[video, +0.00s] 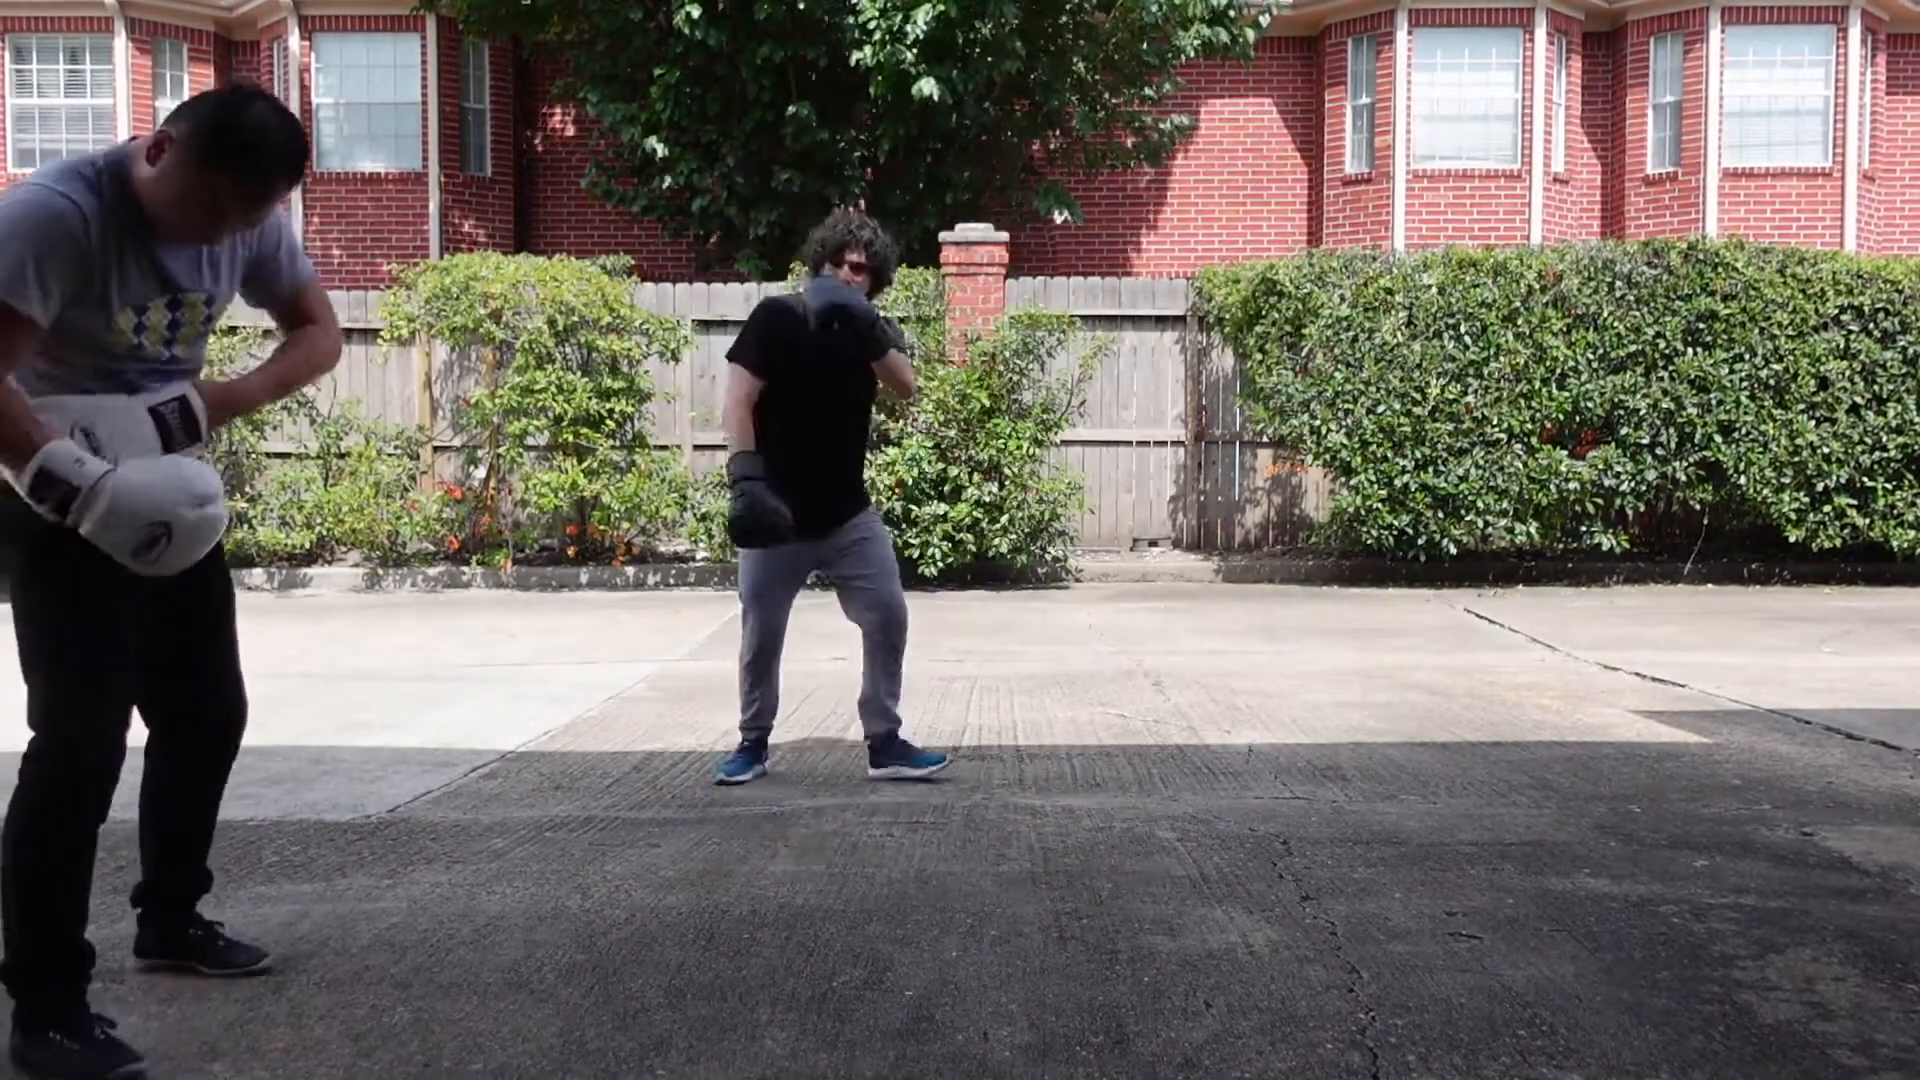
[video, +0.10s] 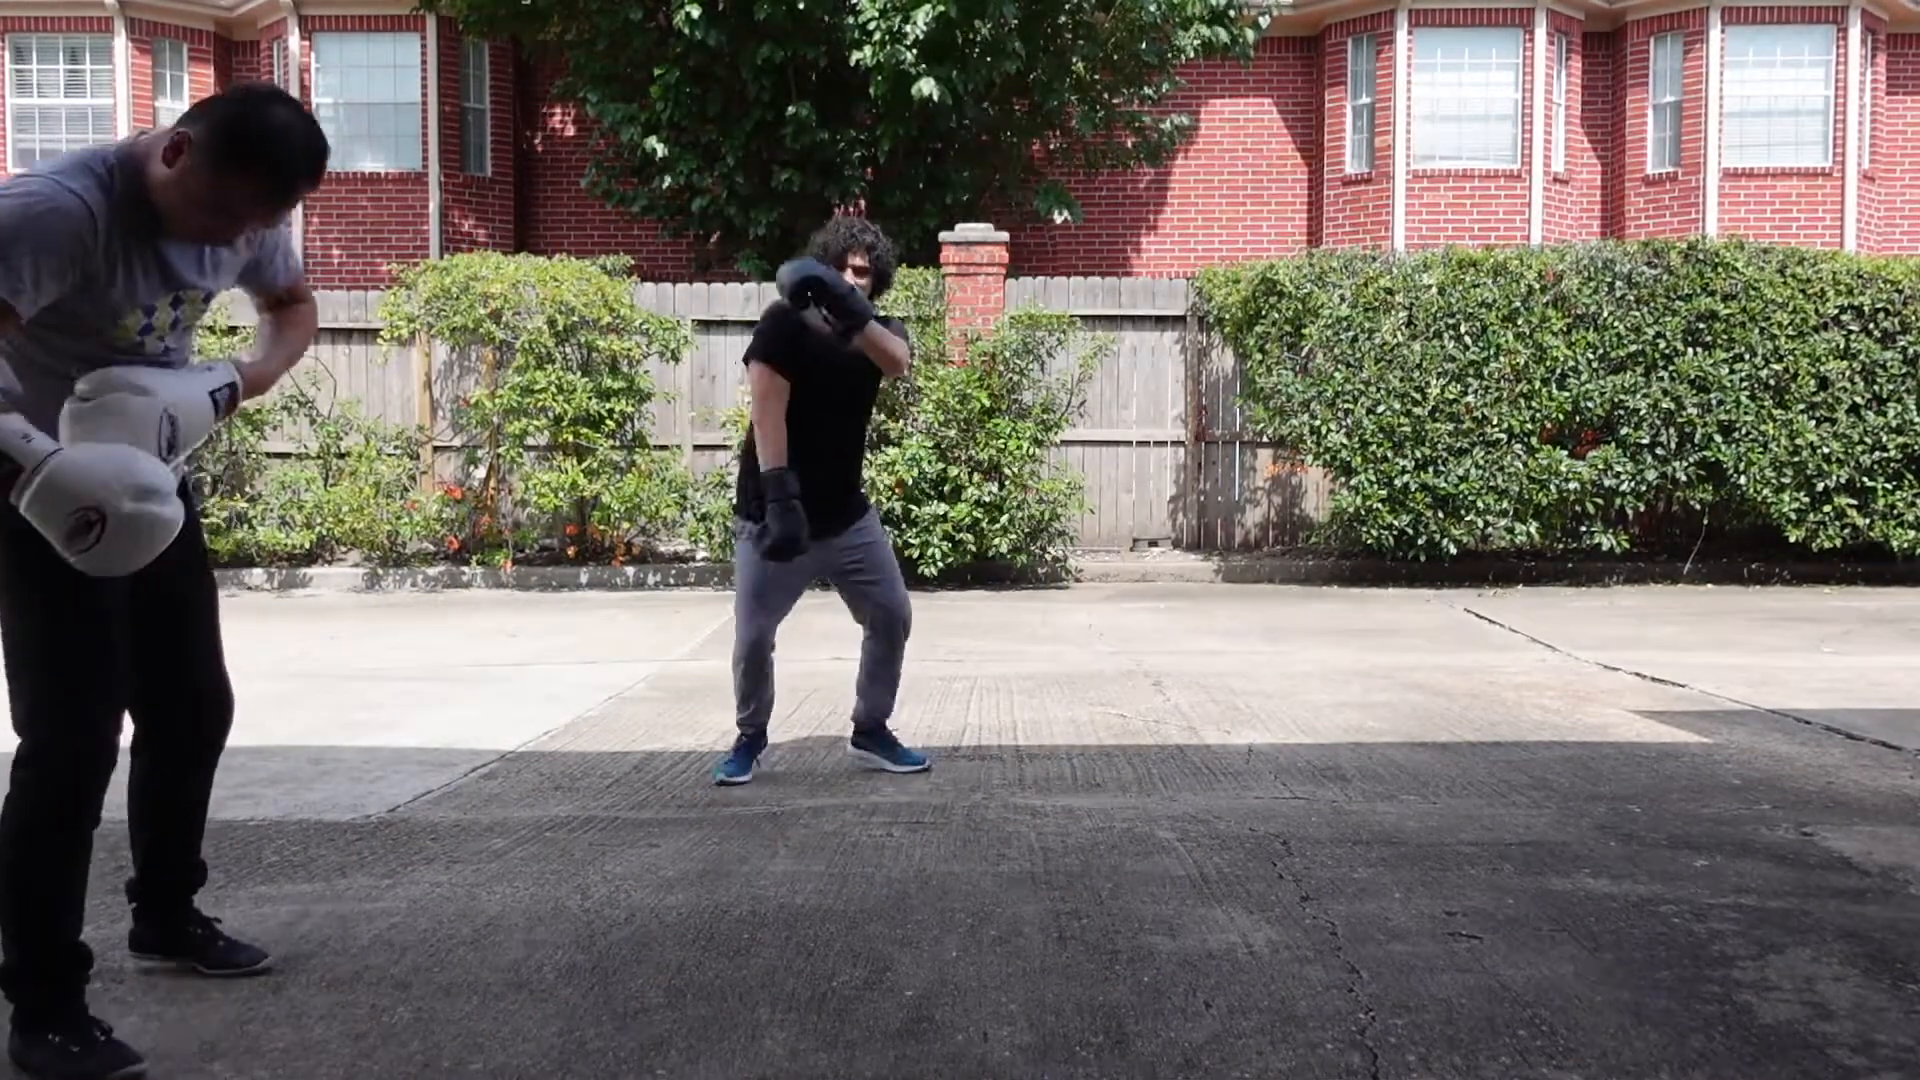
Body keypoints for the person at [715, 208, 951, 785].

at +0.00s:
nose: (852, 277)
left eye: (864, 271)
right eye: (843, 266)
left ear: (876, 285)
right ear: (820, 266)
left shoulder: (870, 332)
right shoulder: (777, 317)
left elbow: (906, 387)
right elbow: (737, 398)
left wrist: (865, 323)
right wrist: (748, 478)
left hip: (849, 515)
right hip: (776, 517)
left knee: (888, 615)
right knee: (760, 640)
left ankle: (884, 744)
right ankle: (752, 744)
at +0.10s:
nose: (854, 282)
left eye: (865, 273)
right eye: (845, 271)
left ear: (878, 281)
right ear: (822, 272)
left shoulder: (881, 333)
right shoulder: (785, 324)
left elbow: (897, 362)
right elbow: (766, 406)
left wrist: (841, 299)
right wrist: (780, 495)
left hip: (848, 516)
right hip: (774, 516)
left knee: (892, 612)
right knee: (751, 638)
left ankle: (870, 731)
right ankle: (749, 738)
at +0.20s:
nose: (855, 293)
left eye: (866, 285)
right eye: (846, 283)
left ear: (880, 292)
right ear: (824, 284)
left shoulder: (889, 341)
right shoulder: (793, 336)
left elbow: (885, 354)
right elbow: (805, 432)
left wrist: (821, 289)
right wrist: (845, 503)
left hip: (843, 526)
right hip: (772, 523)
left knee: (887, 631)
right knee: (738, 630)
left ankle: (873, 737)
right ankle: (733, 724)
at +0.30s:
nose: (852, 304)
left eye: (863, 297)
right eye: (844, 293)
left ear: (877, 305)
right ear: (821, 296)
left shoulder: (866, 358)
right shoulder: (803, 345)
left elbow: (896, 365)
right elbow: (848, 437)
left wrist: (831, 306)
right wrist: (893, 485)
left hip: (833, 538)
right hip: (767, 532)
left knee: (886, 632)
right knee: (726, 634)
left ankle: (872, 740)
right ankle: (661, 753)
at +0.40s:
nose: (826, 294)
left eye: (838, 286)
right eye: (815, 284)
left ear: (850, 298)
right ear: (794, 292)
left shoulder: (845, 350)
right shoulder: (788, 341)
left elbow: (913, 377)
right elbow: (867, 406)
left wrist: (894, 339)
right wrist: (900, 442)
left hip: (820, 544)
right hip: (750, 542)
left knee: (871, 639)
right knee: (698, 646)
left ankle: (871, 739)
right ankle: (621, 772)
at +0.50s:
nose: (773, 274)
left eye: (784, 266)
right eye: (763, 266)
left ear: (804, 276)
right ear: (746, 277)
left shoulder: (811, 341)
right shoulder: (742, 314)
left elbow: (843, 400)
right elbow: (818, 343)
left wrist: (864, 377)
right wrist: (863, 371)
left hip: (800, 541)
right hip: (722, 537)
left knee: (839, 643)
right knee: (674, 645)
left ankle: (862, 736)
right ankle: (607, 777)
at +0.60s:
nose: (743, 268)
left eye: (755, 258)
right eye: (734, 256)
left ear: (778, 264)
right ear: (716, 259)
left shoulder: (791, 326)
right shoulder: (693, 305)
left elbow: (816, 422)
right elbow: (662, 332)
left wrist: (820, 363)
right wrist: (734, 292)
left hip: (786, 518)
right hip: (707, 521)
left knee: (842, 623)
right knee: (670, 639)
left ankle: (823, 722)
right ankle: (611, 778)